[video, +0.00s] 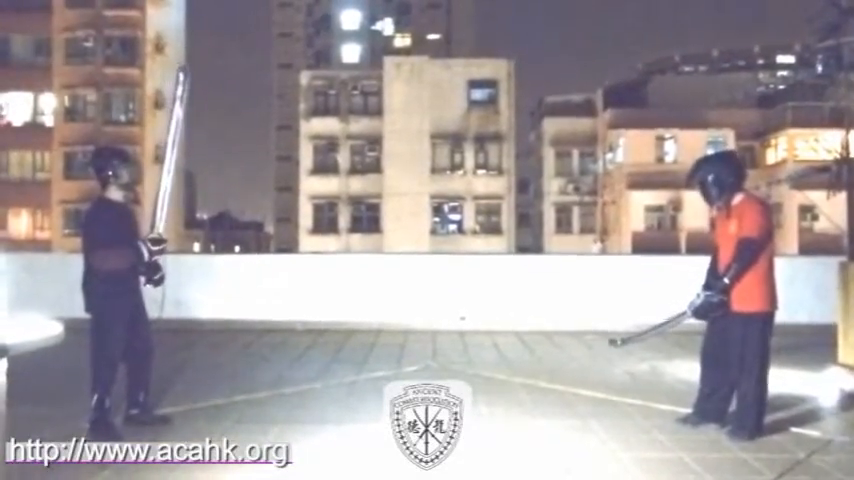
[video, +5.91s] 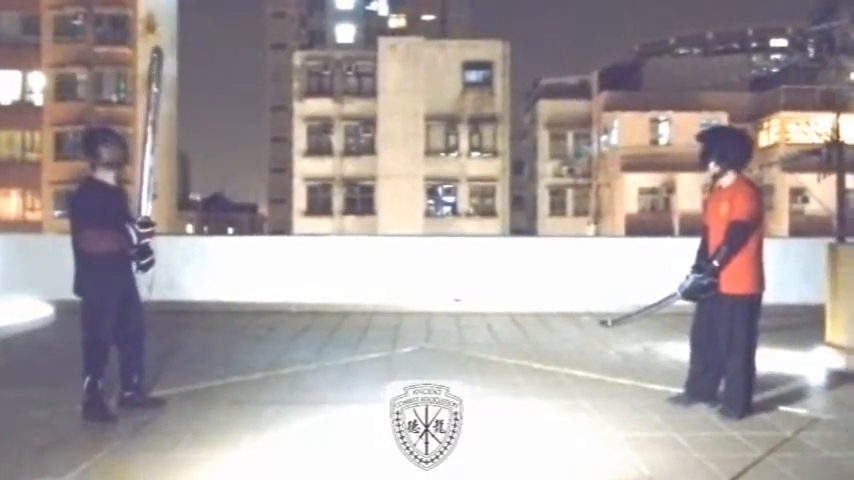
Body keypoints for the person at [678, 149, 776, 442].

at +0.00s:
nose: (704, 192)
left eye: (706, 184)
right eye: (702, 185)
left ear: (722, 180)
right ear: (716, 182)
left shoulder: (752, 208)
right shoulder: (721, 213)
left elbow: (748, 250)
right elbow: (719, 257)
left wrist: (722, 288)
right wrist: (708, 290)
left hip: (753, 303)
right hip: (727, 301)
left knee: (750, 364)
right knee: (716, 357)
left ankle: (746, 422)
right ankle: (708, 410)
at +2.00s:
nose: (719, 186)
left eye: (722, 178)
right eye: (718, 179)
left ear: (738, 176)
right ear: (735, 178)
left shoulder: (767, 205)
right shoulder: (735, 209)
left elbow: (762, 248)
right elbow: (731, 252)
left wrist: (735, 283)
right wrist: (720, 284)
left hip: (765, 300)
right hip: (739, 297)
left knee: (761, 361)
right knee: (727, 353)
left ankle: (758, 419)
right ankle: (720, 407)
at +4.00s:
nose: (703, 167)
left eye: (706, 160)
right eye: (702, 161)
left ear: (722, 158)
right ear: (717, 160)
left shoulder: (751, 188)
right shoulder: (719, 193)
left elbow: (744, 231)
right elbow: (714, 235)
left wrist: (717, 266)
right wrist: (704, 267)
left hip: (747, 280)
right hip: (722, 278)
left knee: (743, 340)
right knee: (711, 333)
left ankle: (741, 397)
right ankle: (704, 385)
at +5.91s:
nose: (705, 161)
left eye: (710, 154)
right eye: (706, 155)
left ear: (726, 157)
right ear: (718, 158)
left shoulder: (745, 193)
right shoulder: (714, 193)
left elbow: (737, 235)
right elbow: (708, 236)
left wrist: (712, 269)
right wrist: (698, 268)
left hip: (740, 283)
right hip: (715, 281)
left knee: (737, 345)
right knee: (705, 338)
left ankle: (736, 401)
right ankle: (700, 389)